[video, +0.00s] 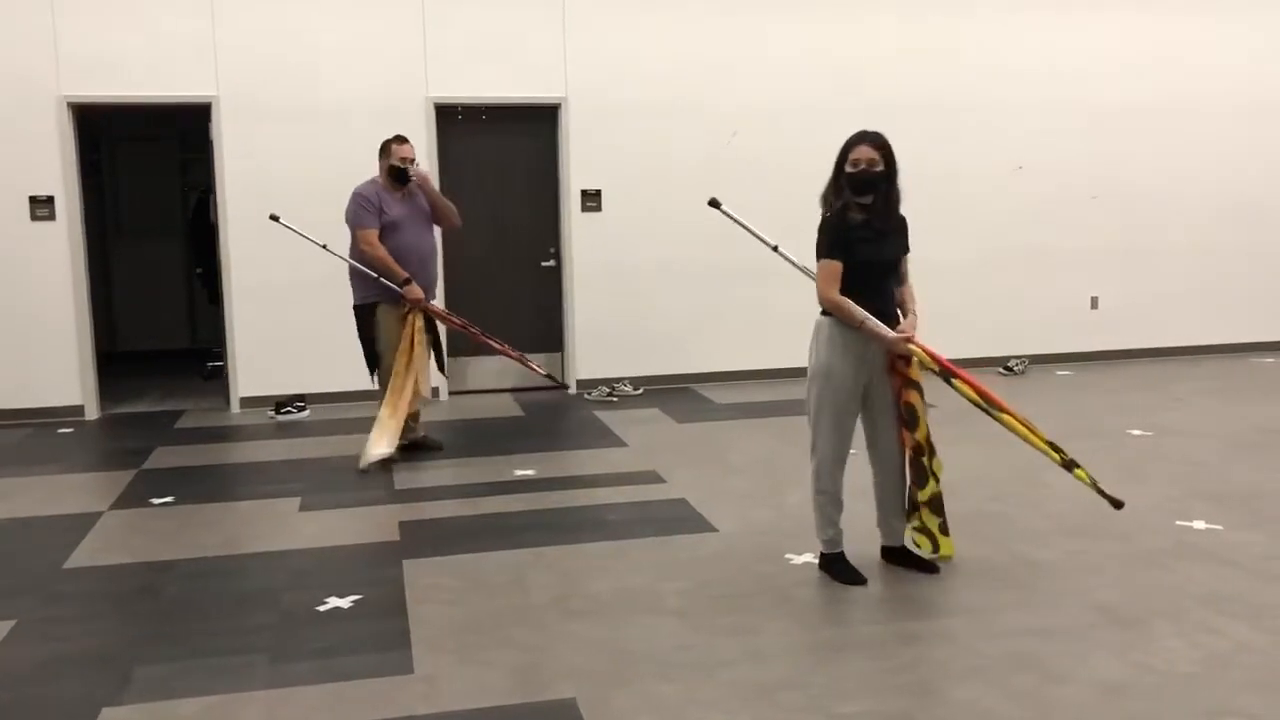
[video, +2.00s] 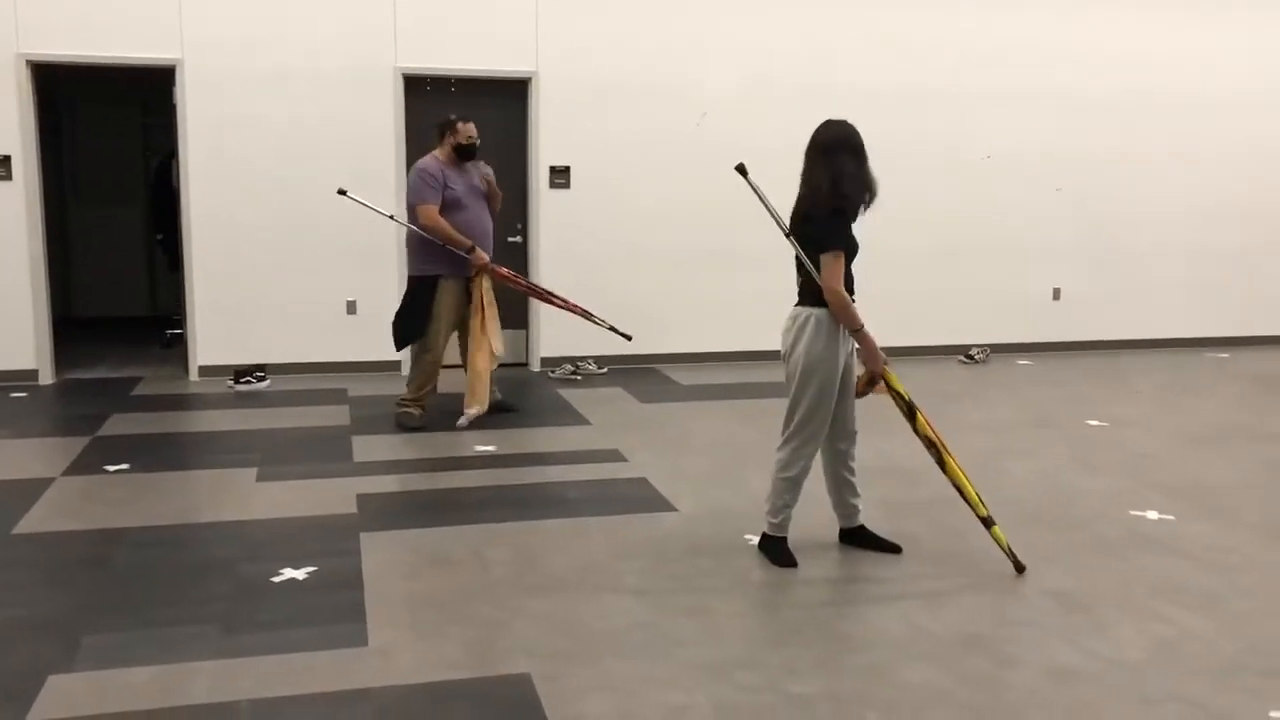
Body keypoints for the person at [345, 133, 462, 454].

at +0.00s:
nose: (408, 168)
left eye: (411, 162)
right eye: (401, 162)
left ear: (415, 164)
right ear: (383, 162)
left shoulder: (420, 193)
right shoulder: (366, 195)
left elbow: (452, 222)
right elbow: (367, 247)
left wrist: (430, 190)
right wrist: (406, 281)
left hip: (416, 295)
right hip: (379, 298)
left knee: (415, 365)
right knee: (391, 367)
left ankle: (410, 431)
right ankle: (391, 437)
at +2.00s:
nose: (474, 144)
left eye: (476, 139)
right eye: (468, 139)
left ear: (475, 140)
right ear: (450, 138)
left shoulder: (473, 168)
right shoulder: (427, 169)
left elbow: (492, 211)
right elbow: (428, 218)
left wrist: (492, 187)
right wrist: (470, 248)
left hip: (474, 269)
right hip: (439, 271)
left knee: (479, 337)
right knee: (431, 343)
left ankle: (485, 397)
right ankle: (411, 405)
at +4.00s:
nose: (422, 109)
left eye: (425, 105)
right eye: (414, 106)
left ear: (430, 113)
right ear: (400, 117)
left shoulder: (438, 146)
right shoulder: (389, 149)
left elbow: (452, 191)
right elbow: (387, 200)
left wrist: (471, 227)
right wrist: (430, 225)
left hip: (439, 248)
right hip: (402, 251)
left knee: (444, 315)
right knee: (397, 323)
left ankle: (450, 378)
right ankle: (379, 389)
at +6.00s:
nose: (452, 133)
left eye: (455, 129)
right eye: (445, 129)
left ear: (460, 133)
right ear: (430, 134)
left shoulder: (461, 165)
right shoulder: (418, 166)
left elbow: (485, 207)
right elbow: (423, 214)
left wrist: (482, 183)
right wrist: (465, 242)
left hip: (463, 265)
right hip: (426, 268)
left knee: (469, 334)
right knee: (421, 340)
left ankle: (474, 395)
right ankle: (403, 403)